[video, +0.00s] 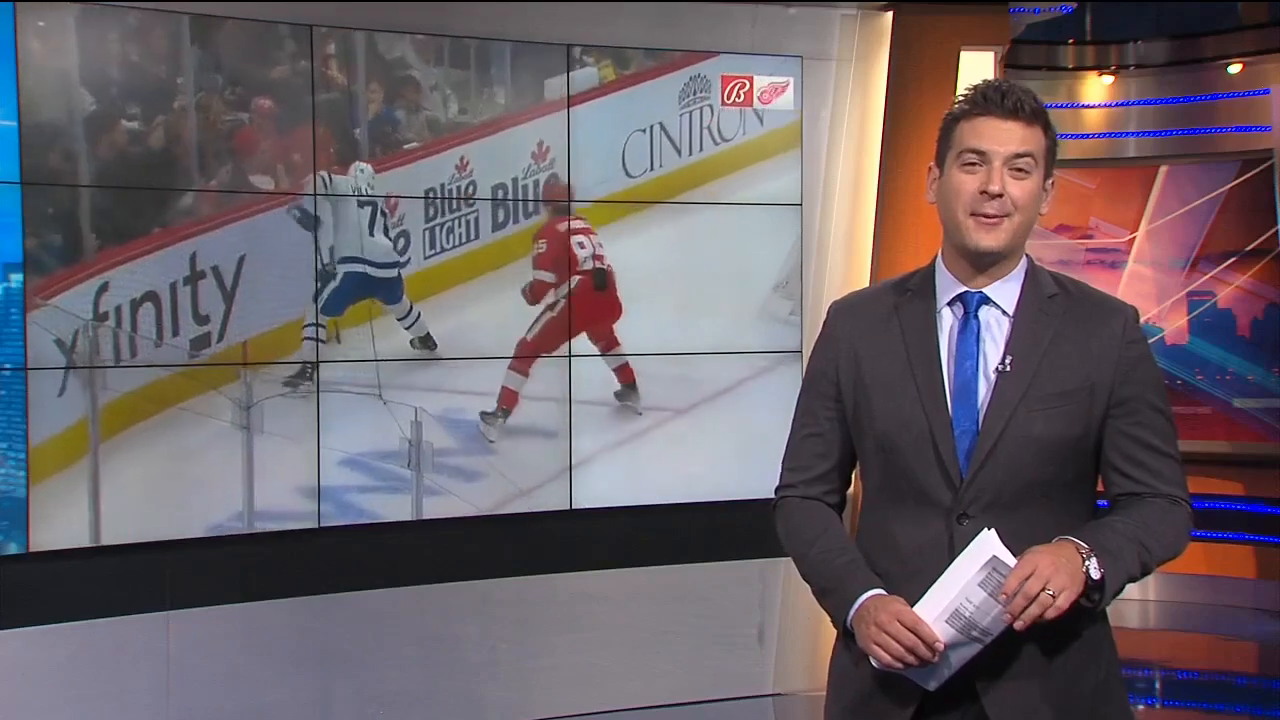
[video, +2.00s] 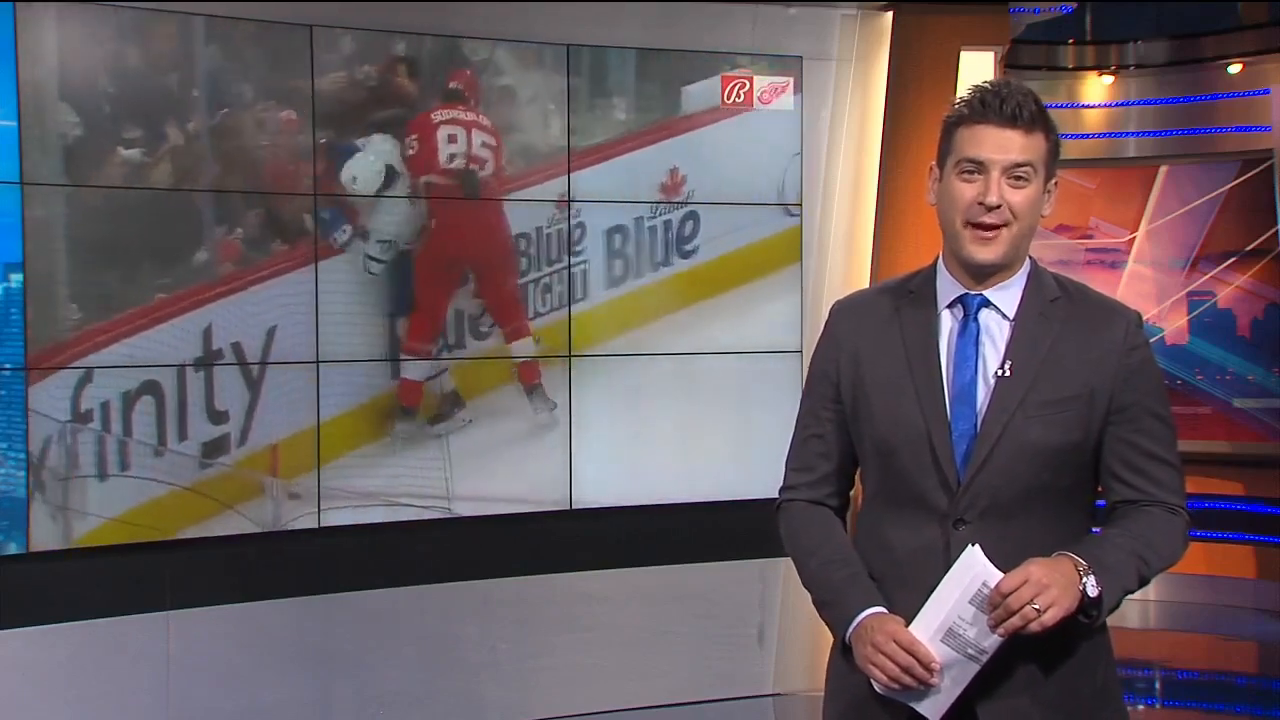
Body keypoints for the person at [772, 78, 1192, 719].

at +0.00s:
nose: (994, 186)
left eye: (1019, 168)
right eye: (972, 163)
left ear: (1045, 193)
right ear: (935, 182)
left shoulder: (1107, 331)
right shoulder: (855, 326)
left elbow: (1161, 506)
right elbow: (804, 497)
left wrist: (1084, 553)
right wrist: (859, 601)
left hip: (1048, 688)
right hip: (886, 686)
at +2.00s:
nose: (991, 197)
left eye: (1017, 177)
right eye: (970, 172)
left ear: (1047, 196)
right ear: (936, 185)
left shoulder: (1109, 336)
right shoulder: (857, 326)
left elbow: (1156, 512)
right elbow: (807, 499)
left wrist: (1082, 571)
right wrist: (860, 617)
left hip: (1046, 692)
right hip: (883, 688)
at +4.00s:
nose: (998, 196)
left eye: (1021, 175)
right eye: (974, 174)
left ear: (1050, 192)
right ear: (938, 193)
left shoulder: (1119, 333)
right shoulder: (867, 327)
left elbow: (1166, 507)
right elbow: (819, 499)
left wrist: (1095, 569)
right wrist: (873, 616)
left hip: (1057, 688)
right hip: (894, 686)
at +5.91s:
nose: (1002, 187)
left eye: (1028, 170)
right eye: (981, 164)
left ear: (1055, 195)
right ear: (945, 183)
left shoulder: (1120, 336)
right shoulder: (867, 326)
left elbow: (1163, 510)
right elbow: (817, 499)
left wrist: (1093, 574)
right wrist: (870, 619)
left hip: (1056, 690)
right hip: (893, 685)